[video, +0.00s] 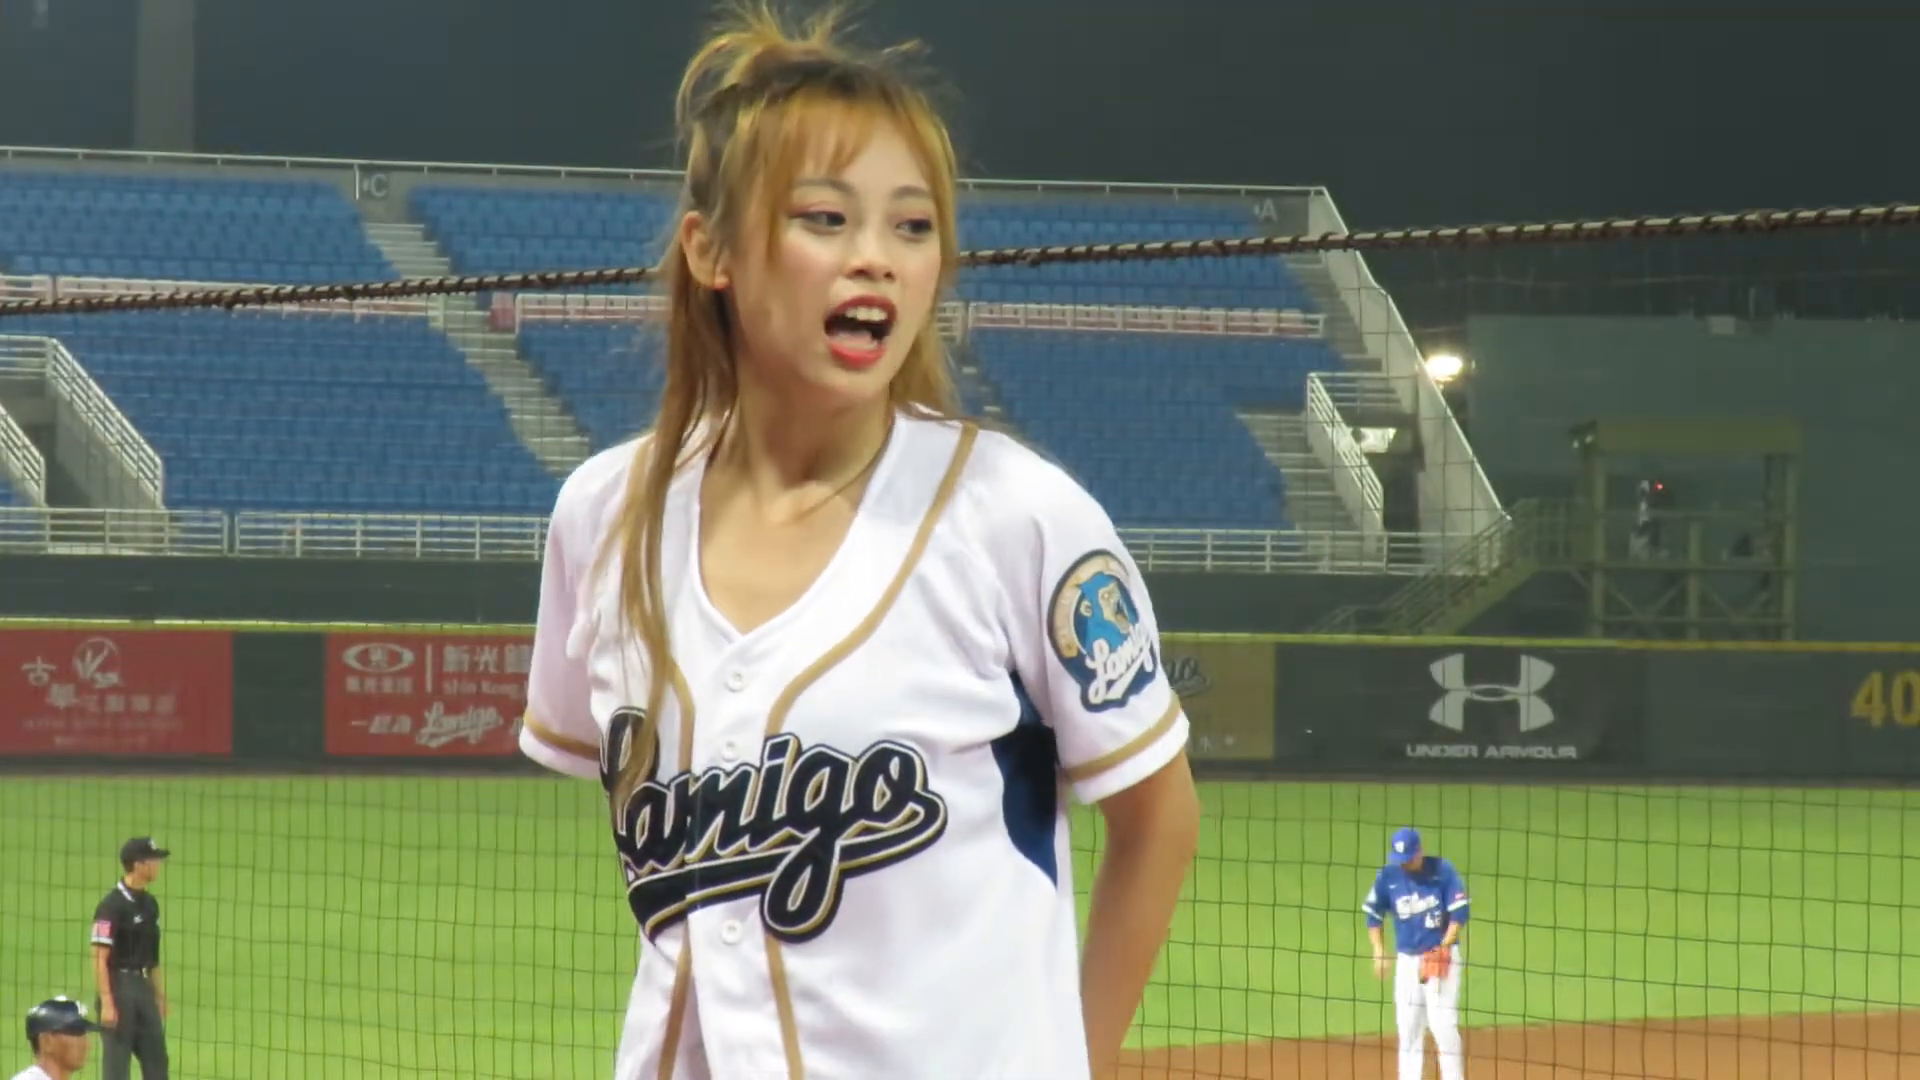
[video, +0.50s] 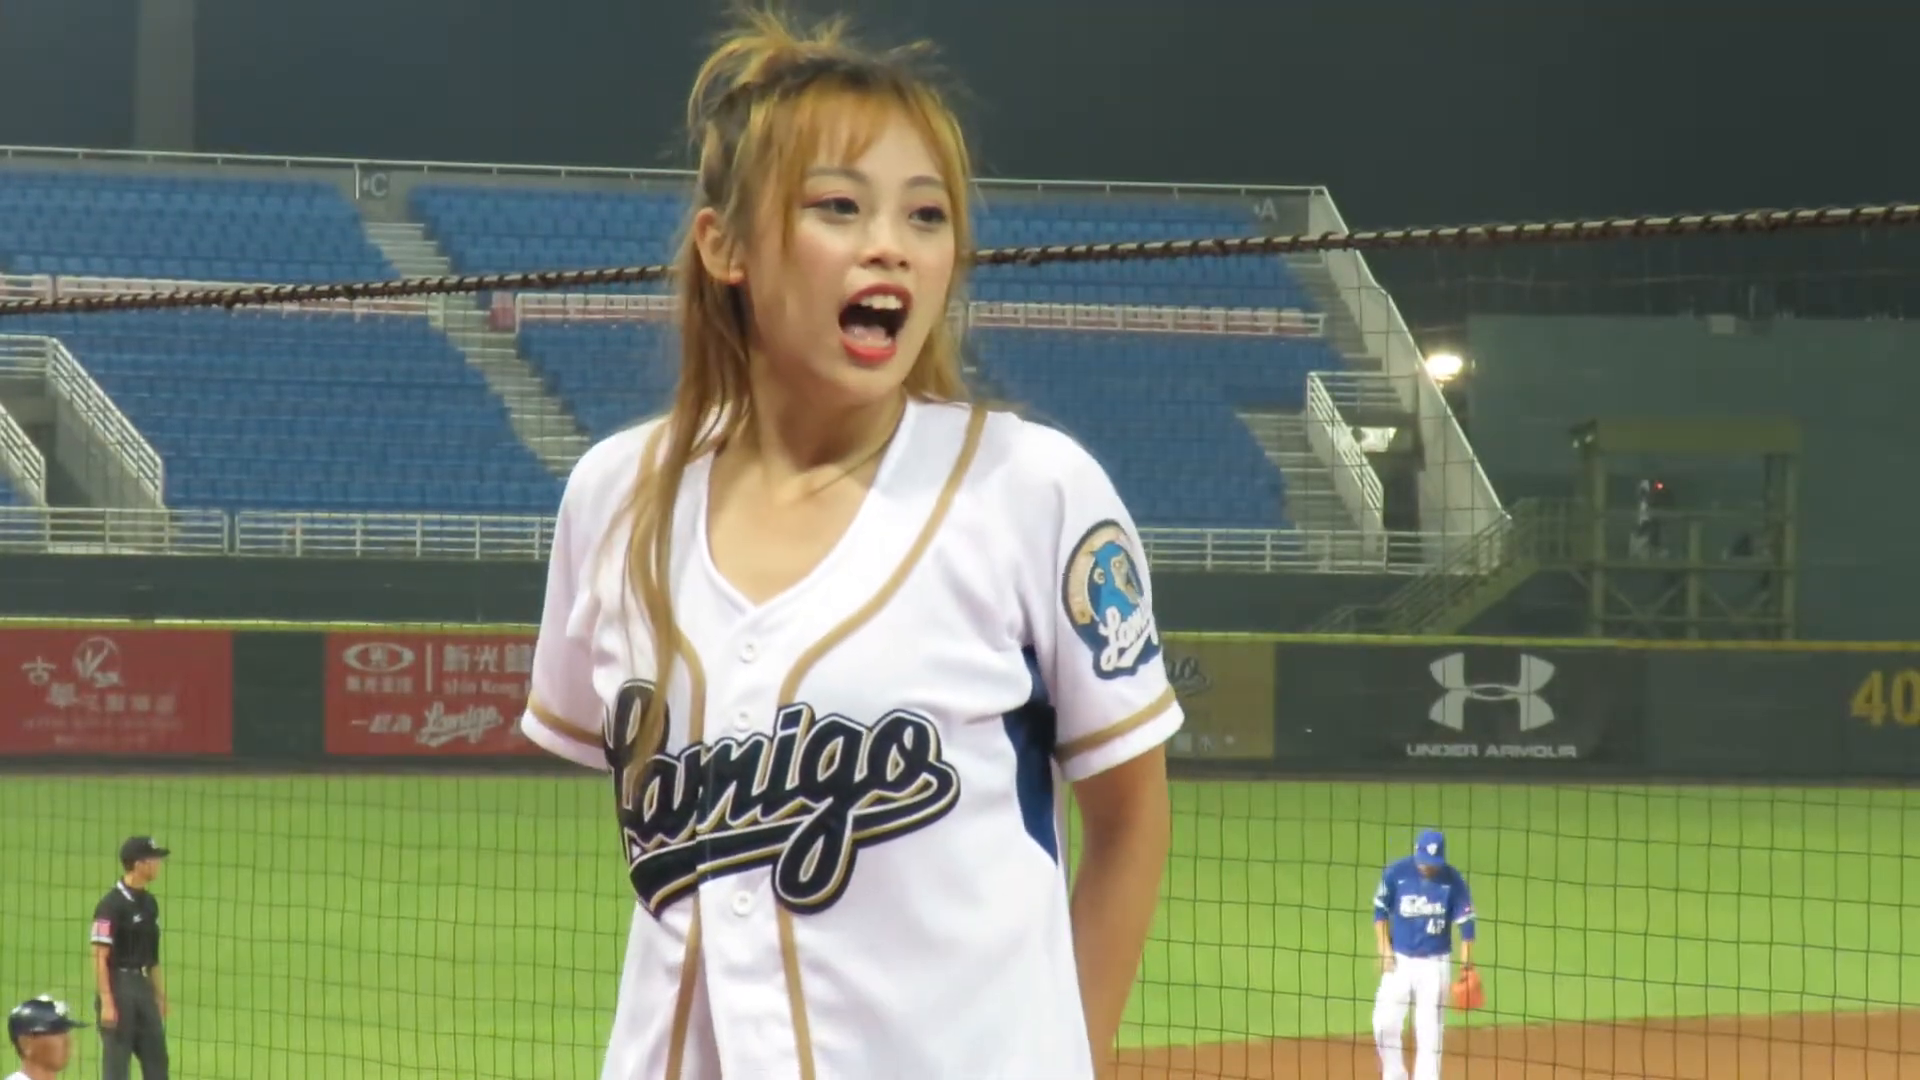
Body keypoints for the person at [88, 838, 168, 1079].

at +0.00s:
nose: (157, 866)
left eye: (157, 861)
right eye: (152, 861)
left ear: (144, 866)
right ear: (135, 865)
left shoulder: (150, 904)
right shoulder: (111, 904)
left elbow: (152, 959)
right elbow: (100, 958)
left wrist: (159, 996)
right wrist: (107, 1003)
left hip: (142, 978)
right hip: (118, 977)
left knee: (156, 1058)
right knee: (117, 1060)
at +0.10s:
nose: (158, 865)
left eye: (157, 860)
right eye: (153, 860)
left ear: (143, 865)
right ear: (136, 865)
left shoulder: (150, 903)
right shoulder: (111, 904)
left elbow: (152, 958)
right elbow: (100, 958)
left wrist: (159, 995)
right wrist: (107, 1003)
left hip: (142, 977)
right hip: (118, 977)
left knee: (156, 1058)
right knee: (117, 1059)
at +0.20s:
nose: (158, 865)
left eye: (157, 860)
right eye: (153, 860)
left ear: (143, 866)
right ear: (137, 865)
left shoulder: (150, 903)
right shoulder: (111, 904)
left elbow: (152, 958)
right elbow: (100, 958)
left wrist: (159, 996)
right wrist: (107, 1002)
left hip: (142, 978)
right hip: (118, 977)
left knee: (156, 1058)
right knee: (117, 1059)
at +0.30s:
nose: (158, 865)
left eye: (157, 860)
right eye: (153, 860)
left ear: (143, 866)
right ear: (137, 865)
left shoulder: (149, 903)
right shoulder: (111, 904)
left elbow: (152, 958)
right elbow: (100, 958)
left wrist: (159, 996)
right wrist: (107, 1002)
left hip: (142, 977)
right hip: (118, 977)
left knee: (156, 1058)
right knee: (117, 1059)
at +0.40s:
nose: (158, 865)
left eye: (157, 860)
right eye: (153, 860)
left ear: (143, 865)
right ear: (137, 865)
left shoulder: (149, 903)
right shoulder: (111, 904)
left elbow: (152, 958)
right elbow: (100, 958)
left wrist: (160, 995)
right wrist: (107, 1002)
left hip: (142, 977)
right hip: (117, 977)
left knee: (156, 1058)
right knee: (117, 1059)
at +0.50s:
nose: (158, 865)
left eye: (157, 860)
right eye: (153, 860)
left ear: (143, 865)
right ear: (137, 865)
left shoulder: (149, 903)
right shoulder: (111, 904)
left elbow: (152, 957)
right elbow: (100, 957)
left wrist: (159, 995)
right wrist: (107, 1002)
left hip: (142, 977)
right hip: (117, 977)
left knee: (156, 1057)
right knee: (117, 1059)